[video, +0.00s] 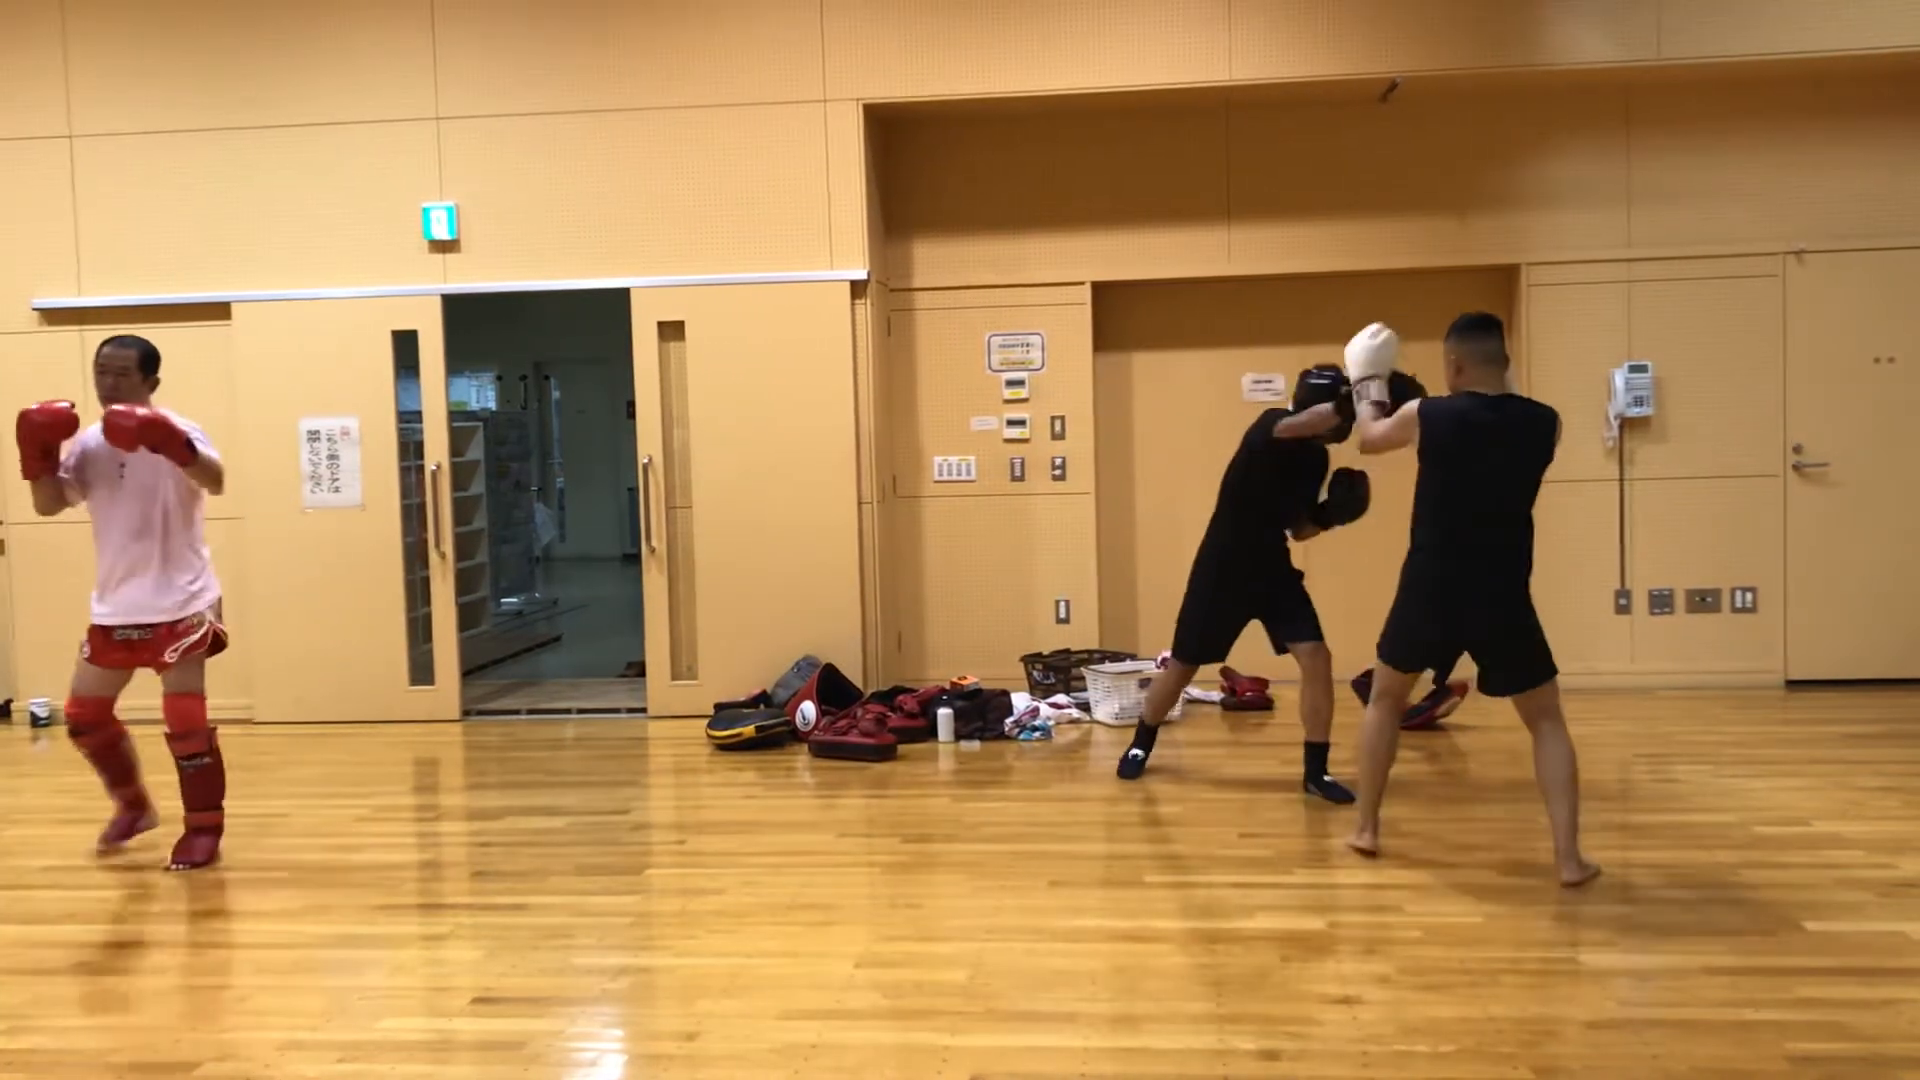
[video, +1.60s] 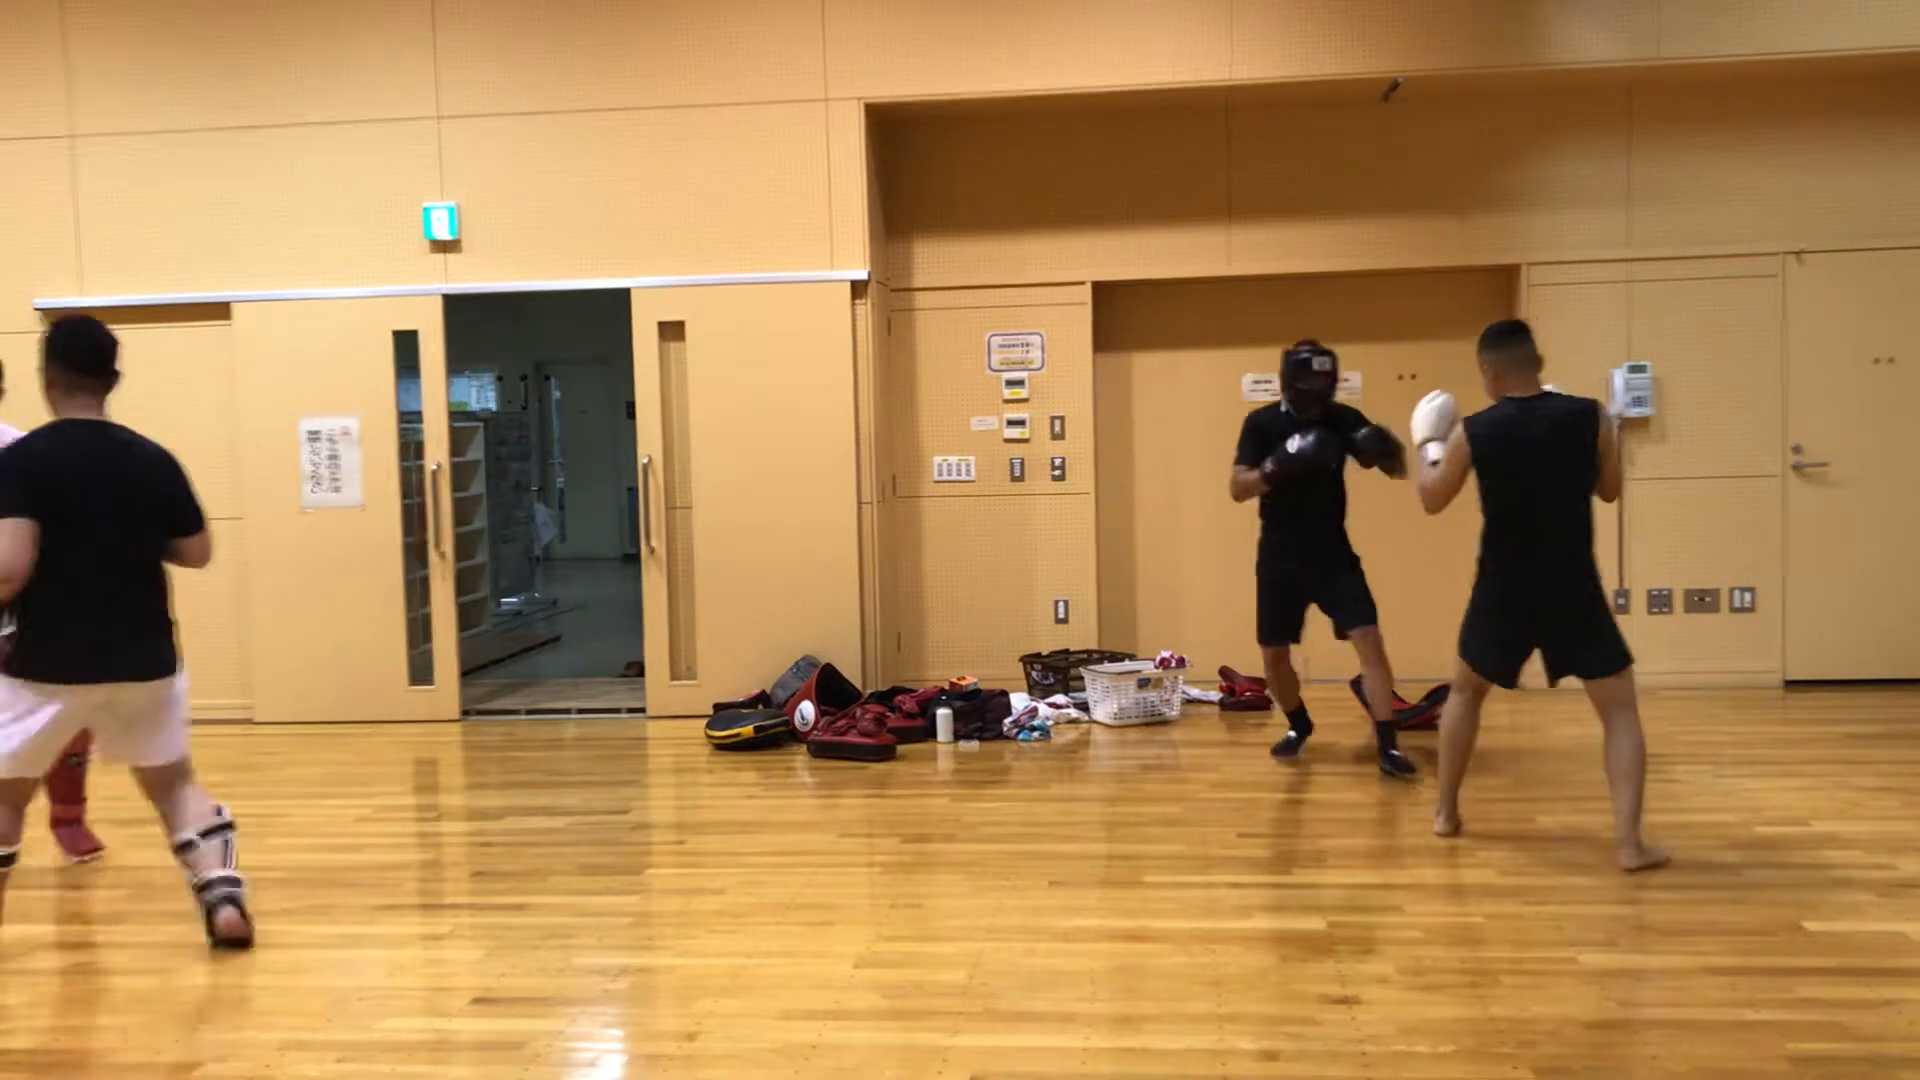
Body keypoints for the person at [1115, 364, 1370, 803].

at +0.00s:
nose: (1335, 419)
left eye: (1338, 412)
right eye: (1332, 410)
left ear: (1334, 417)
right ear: (1317, 405)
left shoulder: (1315, 458)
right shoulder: (1273, 423)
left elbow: (1301, 529)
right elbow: (1292, 428)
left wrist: (1336, 510)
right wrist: (1355, 401)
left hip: (1271, 565)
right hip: (1223, 562)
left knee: (1315, 657)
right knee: (1182, 665)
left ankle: (1316, 773)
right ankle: (1141, 745)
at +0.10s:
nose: (1333, 395)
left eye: (1343, 388)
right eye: (1329, 383)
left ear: (1354, 398)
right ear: (1315, 384)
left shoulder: (1345, 448)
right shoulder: (1282, 411)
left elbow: (1345, 528)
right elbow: (1252, 442)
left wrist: (1370, 485)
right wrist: (1301, 415)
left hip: (1282, 560)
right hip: (1230, 554)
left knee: (1321, 659)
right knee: (1184, 658)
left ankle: (1315, 774)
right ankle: (1139, 742)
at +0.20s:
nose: (1337, 402)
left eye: (1347, 396)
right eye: (1331, 392)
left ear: (1360, 400)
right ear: (1317, 386)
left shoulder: (1356, 437)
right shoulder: (1282, 410)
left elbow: (1383, 507)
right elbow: (1230, 448)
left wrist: (1394, 447)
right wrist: (1282, 417)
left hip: (1289, 558)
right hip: (1235, 551)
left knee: (1322, 658)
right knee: (1189, 652)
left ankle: (1316, 774)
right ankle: (1145, 740)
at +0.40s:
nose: (1351, 387)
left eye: (1359, 379)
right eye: (1342, 377)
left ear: (1365, 382)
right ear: (1318, 374)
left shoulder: (1356, 423)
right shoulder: (1286, 408)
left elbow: (1391, 442)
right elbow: (1231, 459)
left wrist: (1398, 413)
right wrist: (1265, 421)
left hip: (1310, 553)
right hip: (1255, 548)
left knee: (1325, 656)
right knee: (1209, 648)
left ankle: (1319, 772)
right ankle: (1207, 734)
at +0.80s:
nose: (1321, 386)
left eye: (1329, 376)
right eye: (1311, 376)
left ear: (1338, 376)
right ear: (1290, 376)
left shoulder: (1353, 417)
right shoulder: (1269, 419)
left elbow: (1384, 485)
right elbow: (1253, 490)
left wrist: (1386, 432)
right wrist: (1274, 450)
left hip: (1342, 551)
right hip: (1288, 552)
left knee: (1370, 645)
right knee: (1259, 654)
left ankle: (1387, 757)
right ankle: (1269, 746)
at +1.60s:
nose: (1319, 396)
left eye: (1326, 386)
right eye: (1309, 387)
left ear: (1334, 383)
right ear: (1287, 383)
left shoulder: (1342, 419)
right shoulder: (1261, 424)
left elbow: (1397, 469)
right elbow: (1237, 489)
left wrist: (1383, 449)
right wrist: (1276, 464)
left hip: (1332, 549)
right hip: (1280, 554)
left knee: (1368, 638)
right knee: (1274, 651)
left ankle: (1388, 747)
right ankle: (1299, 726)